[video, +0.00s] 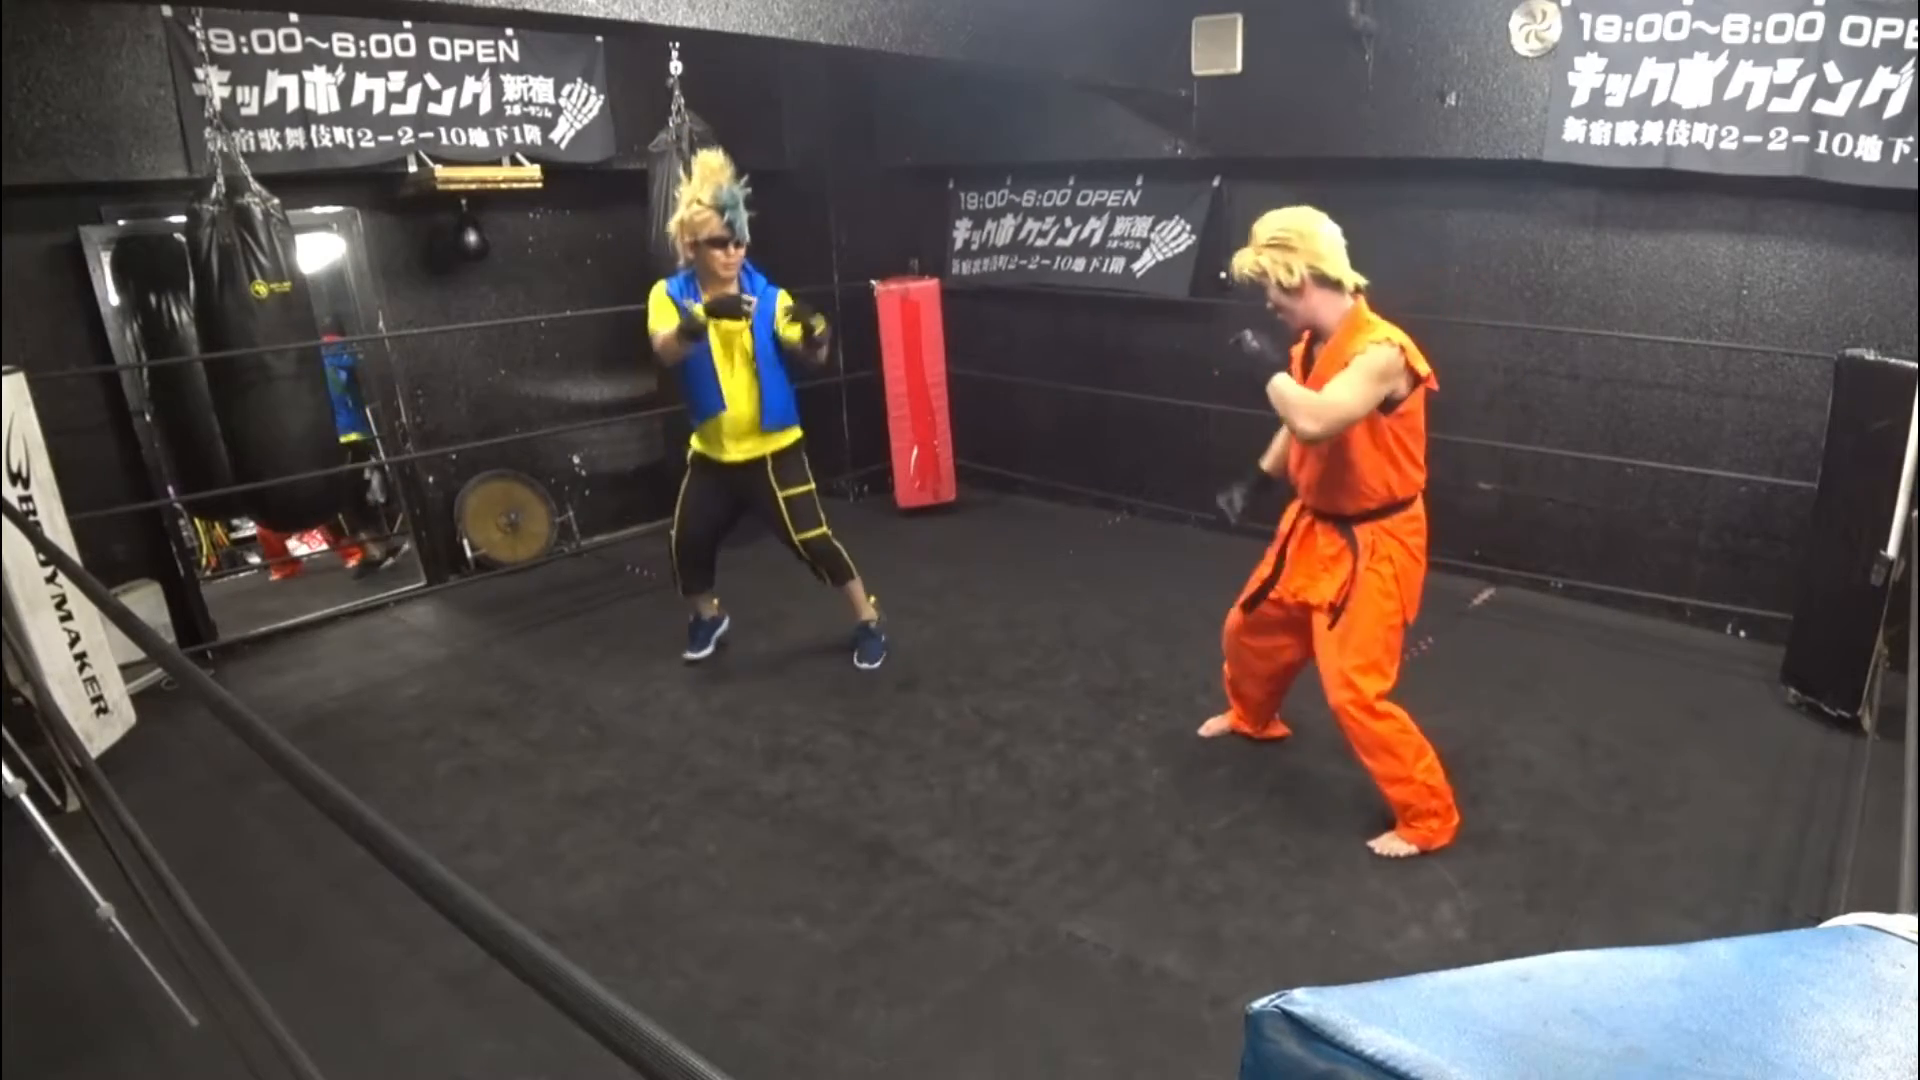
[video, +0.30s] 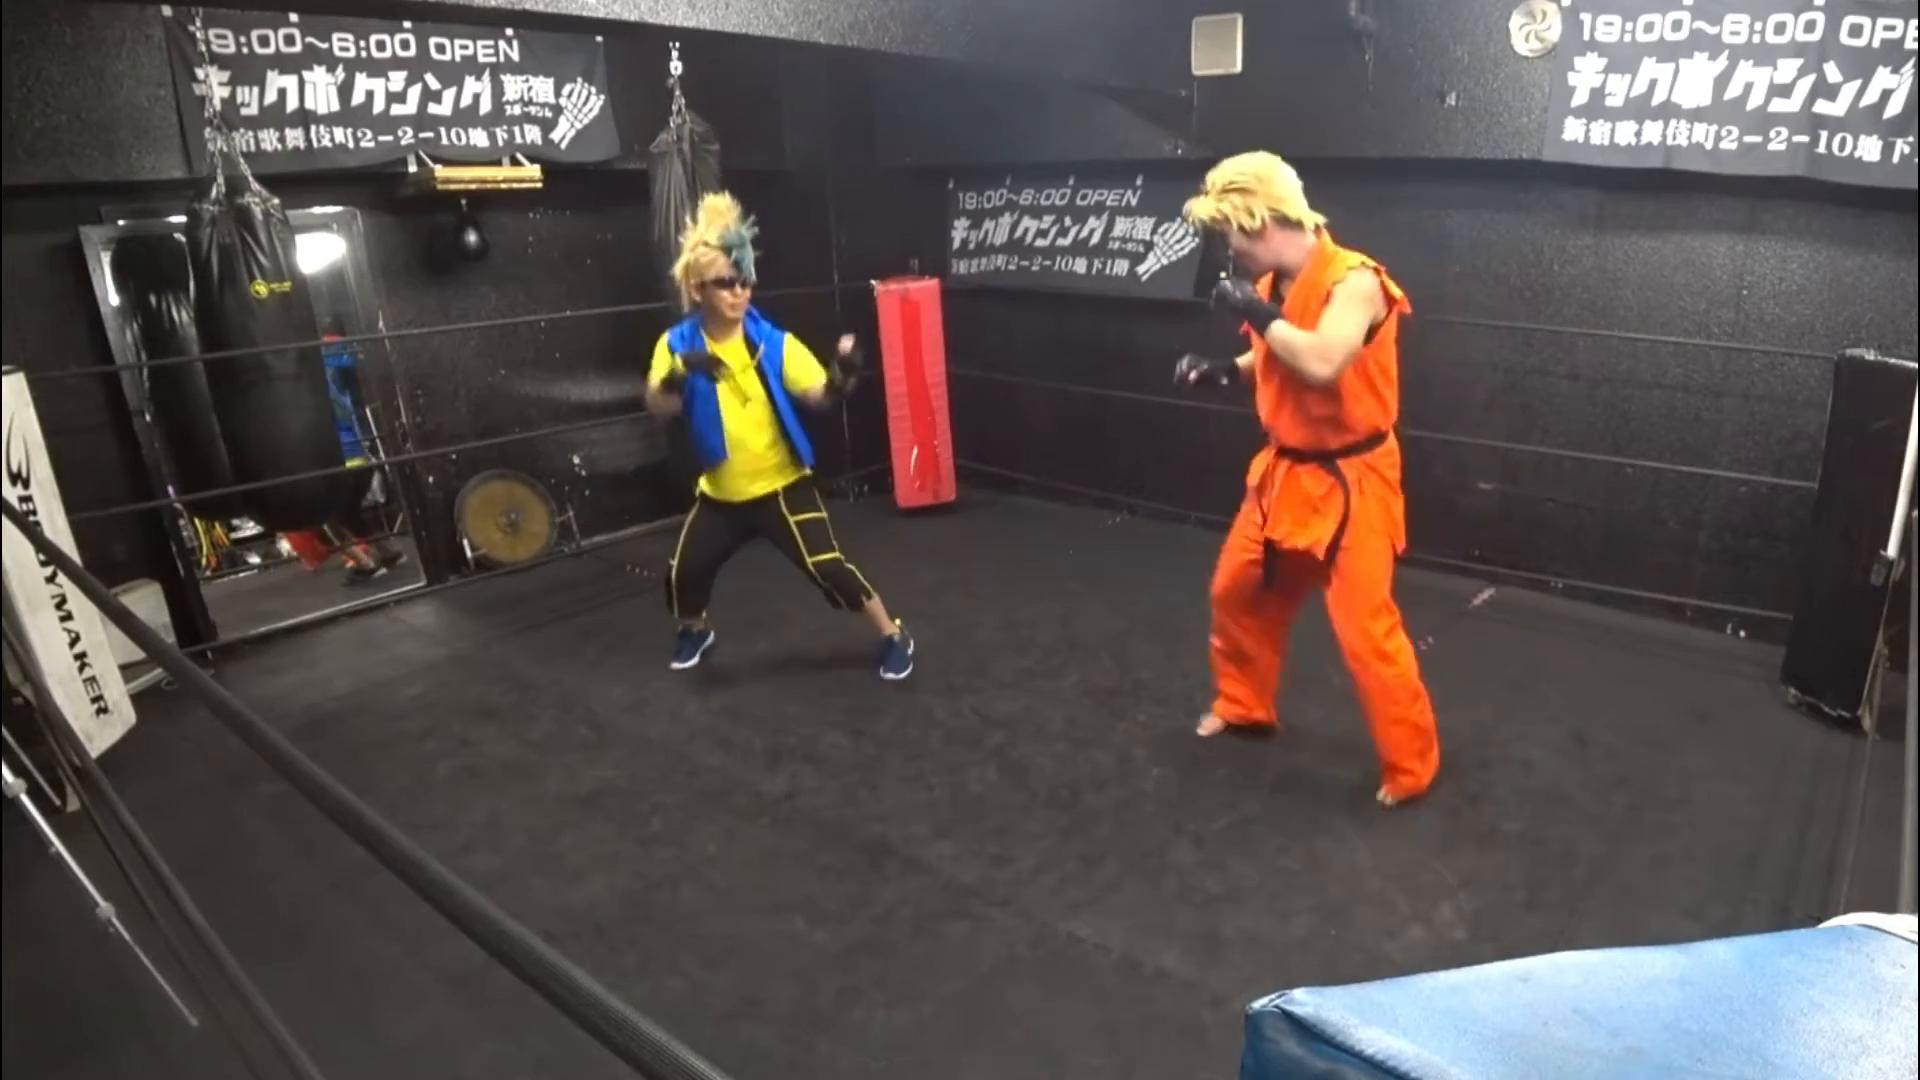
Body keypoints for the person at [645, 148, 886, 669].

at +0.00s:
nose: (731, 256)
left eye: (737, 244)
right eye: (718, 246)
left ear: (745, 247)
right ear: (691, 249)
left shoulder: (767, 295)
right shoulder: (669, 296)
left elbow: (810, 358)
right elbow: (664, 352)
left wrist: (818, 339)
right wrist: (700, 320)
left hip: (776, 444)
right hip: (713, 451)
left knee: (811, 539)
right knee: (687, 544)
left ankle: (867, 618)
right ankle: (708, 616)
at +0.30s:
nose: (739, 294)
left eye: (744, 283)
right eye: (726, 285)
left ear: (751, 286)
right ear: (697, 291)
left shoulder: (769, 339)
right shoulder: (677, 344)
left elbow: (815, 396)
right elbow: (658, 406)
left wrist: (839, 378)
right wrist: (682, 377)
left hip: (784, 486)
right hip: (721, 493)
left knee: (826, 566)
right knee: (685, 573)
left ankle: (892, 635)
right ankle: (695, 631)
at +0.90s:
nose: (729, 280)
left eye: (734, 270)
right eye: (717, 272)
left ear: (742, 273)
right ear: (690, 278)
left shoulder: (752, 318)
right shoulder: (663, 329)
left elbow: (798, 346)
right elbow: (653, 395)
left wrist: (844, 362)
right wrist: (682, 375)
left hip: (753, 468)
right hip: (692, 476)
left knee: (788, 550)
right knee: (682, 565)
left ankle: (814, 623)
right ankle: (681, 633)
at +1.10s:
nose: (731, 262)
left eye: (734, 251)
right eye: (717, 252)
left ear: (741, 255)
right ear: (688, 261)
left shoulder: (745, 306)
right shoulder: (668, 311)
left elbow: (767, 368)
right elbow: (707, 373)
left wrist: (766, 419)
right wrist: (726, 328)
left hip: (725, 446)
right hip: (669, 453)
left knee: (766, 531)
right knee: (677, 549)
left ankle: (793, 618)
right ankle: (683, 629)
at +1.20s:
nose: (731, 247)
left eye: (733, 237)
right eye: (718, 239)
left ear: (736, 241)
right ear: (691, 250)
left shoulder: (739, 291)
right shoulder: (671, 293)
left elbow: (744, 349)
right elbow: (719, 355)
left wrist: (735, 385)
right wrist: (736, 304)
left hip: (711, 427)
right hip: (660, 430)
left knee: (747, 519)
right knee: (672, 531)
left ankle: (751, 613)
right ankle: (678, 624)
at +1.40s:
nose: (740, 300)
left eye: (741, 288)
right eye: (728, 291)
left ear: (746, 289)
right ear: (702, 301)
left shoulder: (736, 334)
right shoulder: (681, 346)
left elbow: (751, 383)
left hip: (699, 446)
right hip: (647, 449)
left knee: (736, 524)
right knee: (666, 544)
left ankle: (741, 614)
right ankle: (676, 632)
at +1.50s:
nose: (756, 338)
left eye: (757, 327)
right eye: (745, 330)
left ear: (760, 327)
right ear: (714, 336)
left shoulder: (739, 365)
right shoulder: (686, 377)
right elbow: (734, 442)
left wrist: (761, 402)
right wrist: (751, 398)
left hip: (694, 455)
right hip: (640, 455)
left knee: (731, 525)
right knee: (670, 541)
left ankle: (740, 616)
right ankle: (676, 635)